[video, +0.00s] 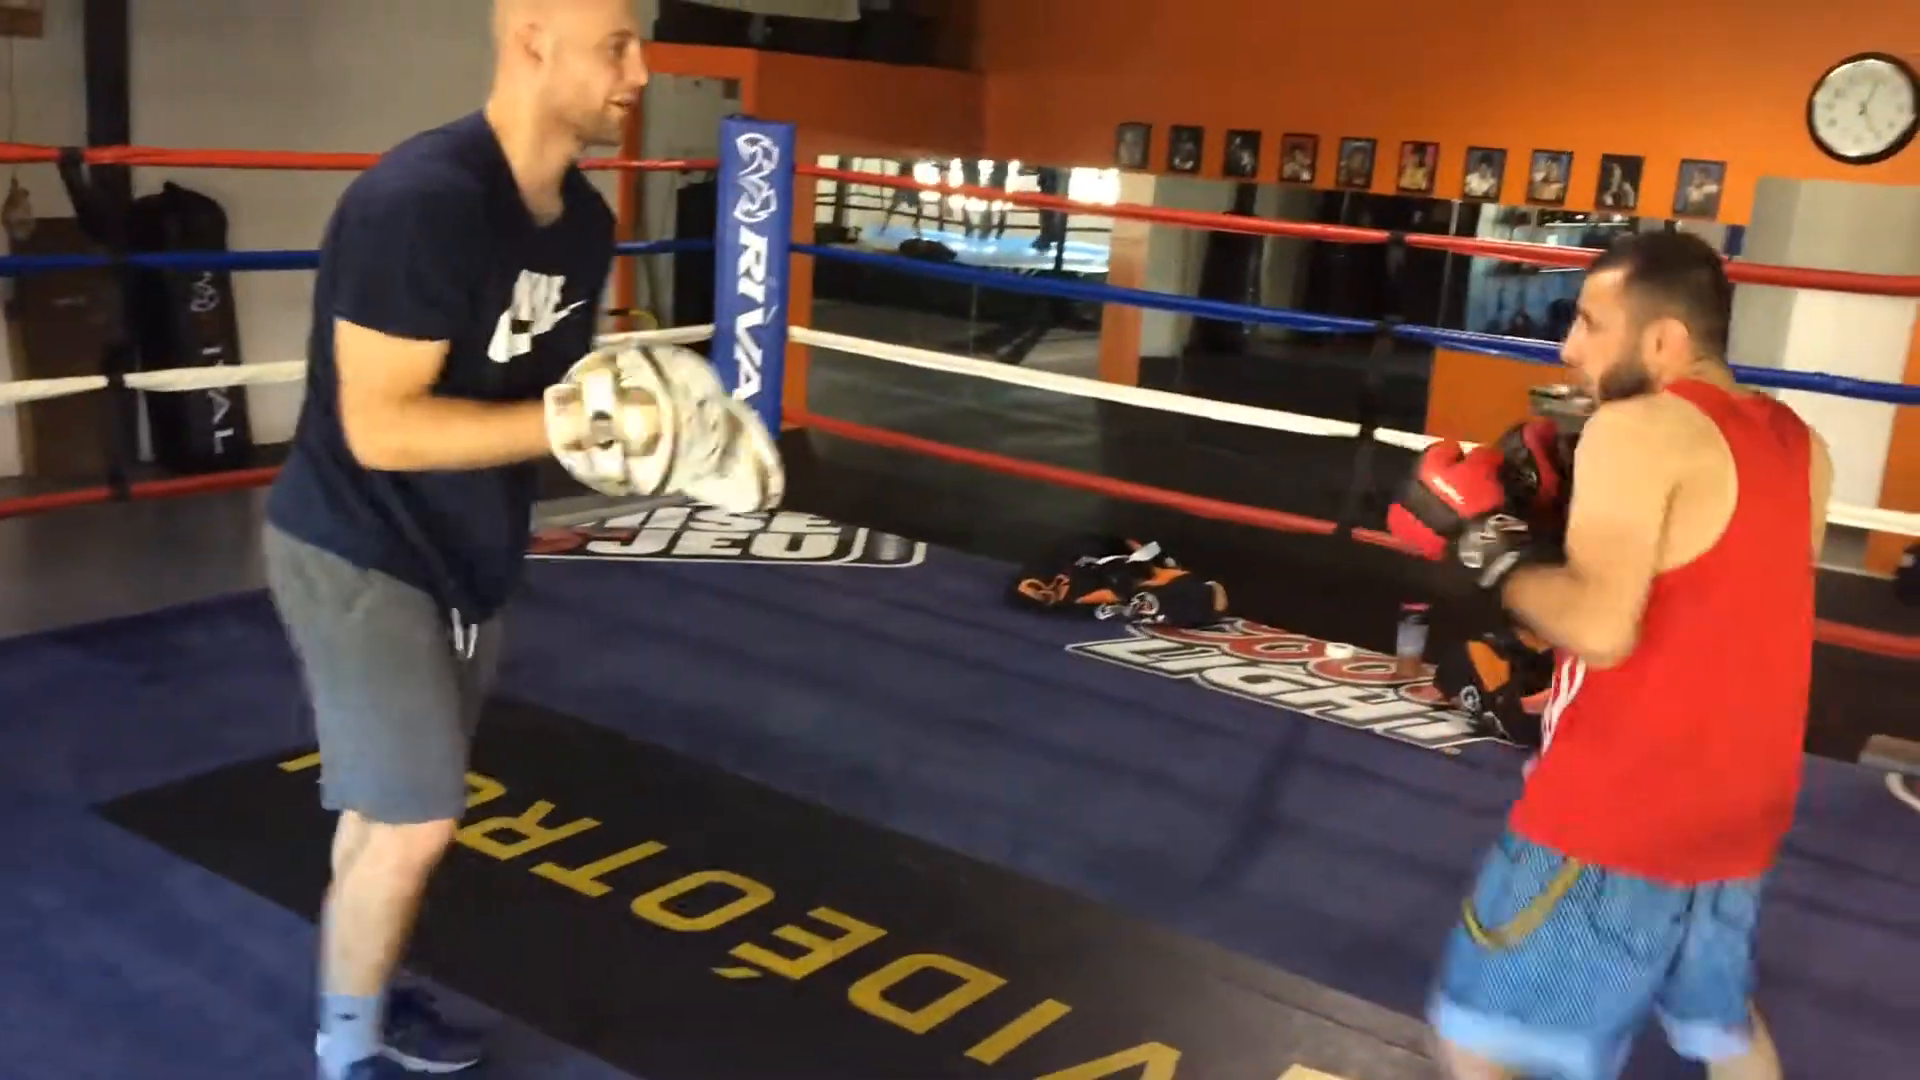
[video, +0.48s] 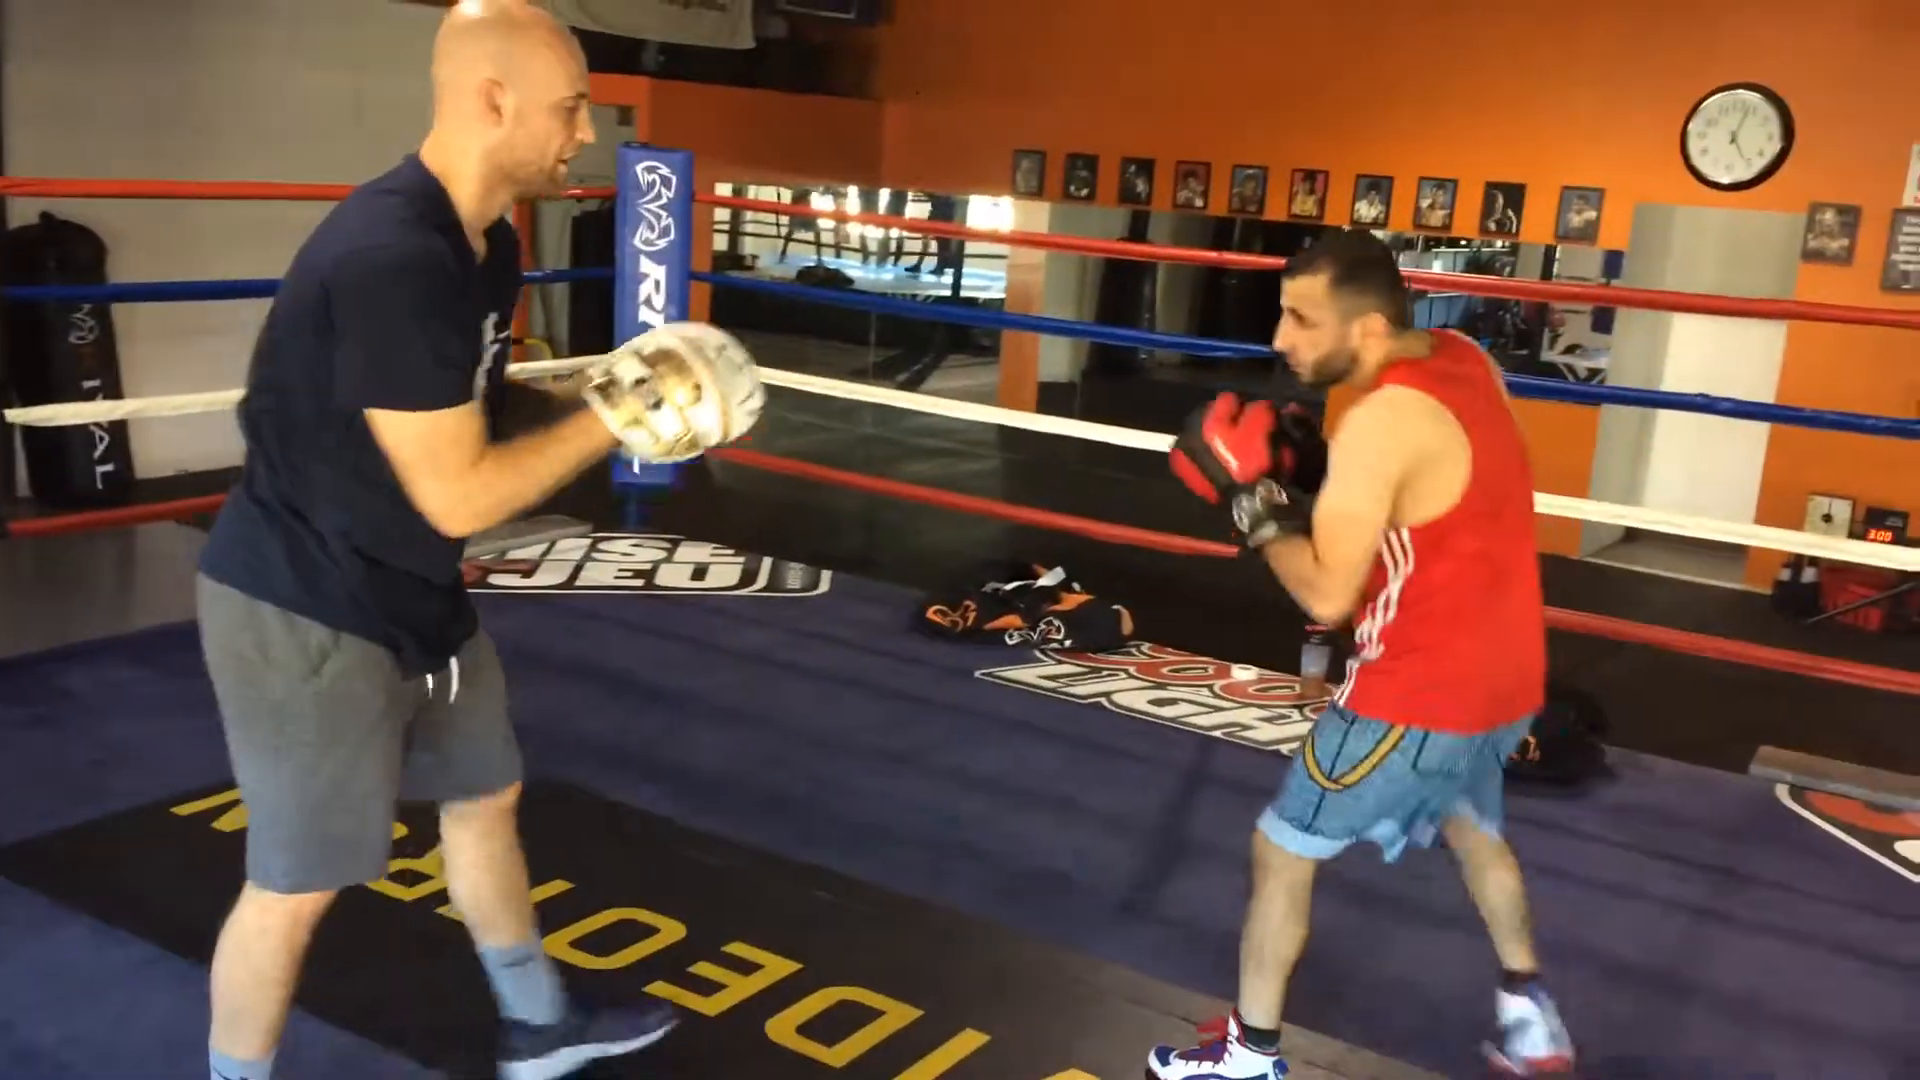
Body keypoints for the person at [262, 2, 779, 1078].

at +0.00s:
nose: (639, 74)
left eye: (639, 48)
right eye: (615, 48)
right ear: (529, 45)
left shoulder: (583, 222)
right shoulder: (417, 201)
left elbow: (541, 400)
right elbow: (379, 430)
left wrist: (650, 420)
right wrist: (574, 422)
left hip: (469, 555)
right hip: (354, 548)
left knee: (398, 798)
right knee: (412, 816)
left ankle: (364, 988)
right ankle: (345, 1053)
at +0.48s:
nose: (584, 135)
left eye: (584, 110)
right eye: (569, 109)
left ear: (497, 106)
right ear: (487, 103)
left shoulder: (491, 241)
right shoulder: (393, 258)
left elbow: (482, 412)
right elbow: (457, 498)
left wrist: (614, 393)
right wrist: (623, 418)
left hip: (416, 589)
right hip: (297, 602)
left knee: (483, 796)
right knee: (296, 872)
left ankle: (540, 1028)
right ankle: (236, 1071)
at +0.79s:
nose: (679, 160)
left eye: (679, 135)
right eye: (667, 134)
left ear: (594, 125)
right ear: (605, 125)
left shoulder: (536, 245)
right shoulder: (520, 259)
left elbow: (592, 430)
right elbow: (618, 475)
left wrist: (703, 381)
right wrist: (741, 378)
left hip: (484, 605)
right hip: (397, 611)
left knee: (518, 822)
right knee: (430, 878)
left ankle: (566, 1047)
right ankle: (276, 1071)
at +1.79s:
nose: (749, 242)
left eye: (752, 216)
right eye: (744, 212)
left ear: (658, 198)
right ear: (684, 198)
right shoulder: (625, 316)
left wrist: (759, 489)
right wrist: (785, 455)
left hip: (516, 647)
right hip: (441, 651)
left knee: (581, 838)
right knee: (453, 939)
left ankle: (595, 1069)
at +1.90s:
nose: (767, 244)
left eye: (768, 222)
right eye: (757, 219)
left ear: (679, 205)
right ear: (692, 209)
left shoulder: (561, 296)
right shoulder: (671, 331)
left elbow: (531, 462)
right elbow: (865, 441)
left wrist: (651, 558)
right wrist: (1015, 441)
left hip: (518, 655)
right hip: (446, 661)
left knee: (575, 849)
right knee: (463, 950)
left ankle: (594, 1067)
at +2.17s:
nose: (819, 260)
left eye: (823, 237)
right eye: (810, 233)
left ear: (726, 218)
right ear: (743, 216)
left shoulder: (641, 296)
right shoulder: (701, 327)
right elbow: (815, 405)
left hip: (566, 644)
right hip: (489, 650)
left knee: (609, 848)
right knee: (507, 934)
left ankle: (613, 1068)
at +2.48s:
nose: (789, 242)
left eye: (793, 219)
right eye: (779, 215)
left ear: (698, 198)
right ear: (713, 196)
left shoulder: (585, 297)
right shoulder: (704, 328)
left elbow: (599, 469)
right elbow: (772, 539)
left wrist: (740, 520)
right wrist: (808, 516)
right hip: (505, 659)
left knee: (610, 846)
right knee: (511, 945)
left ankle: (618, 1067)